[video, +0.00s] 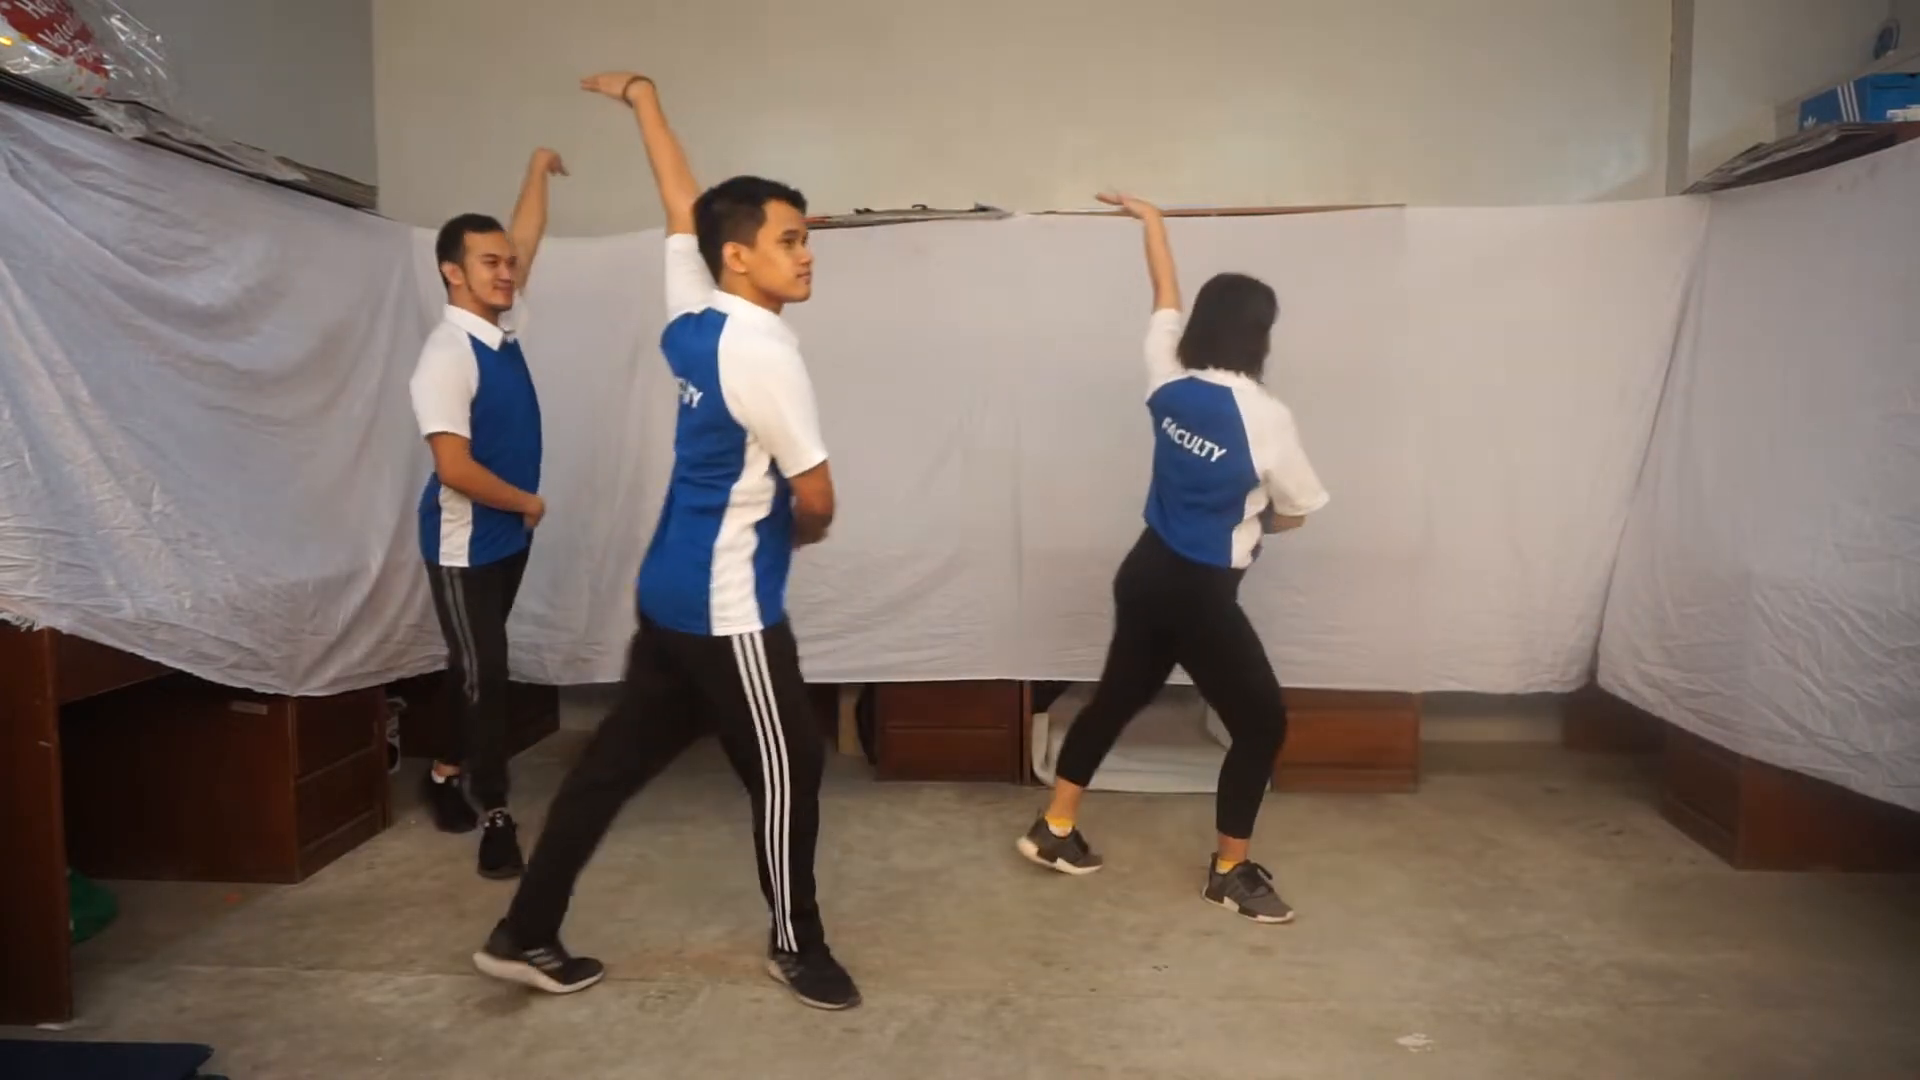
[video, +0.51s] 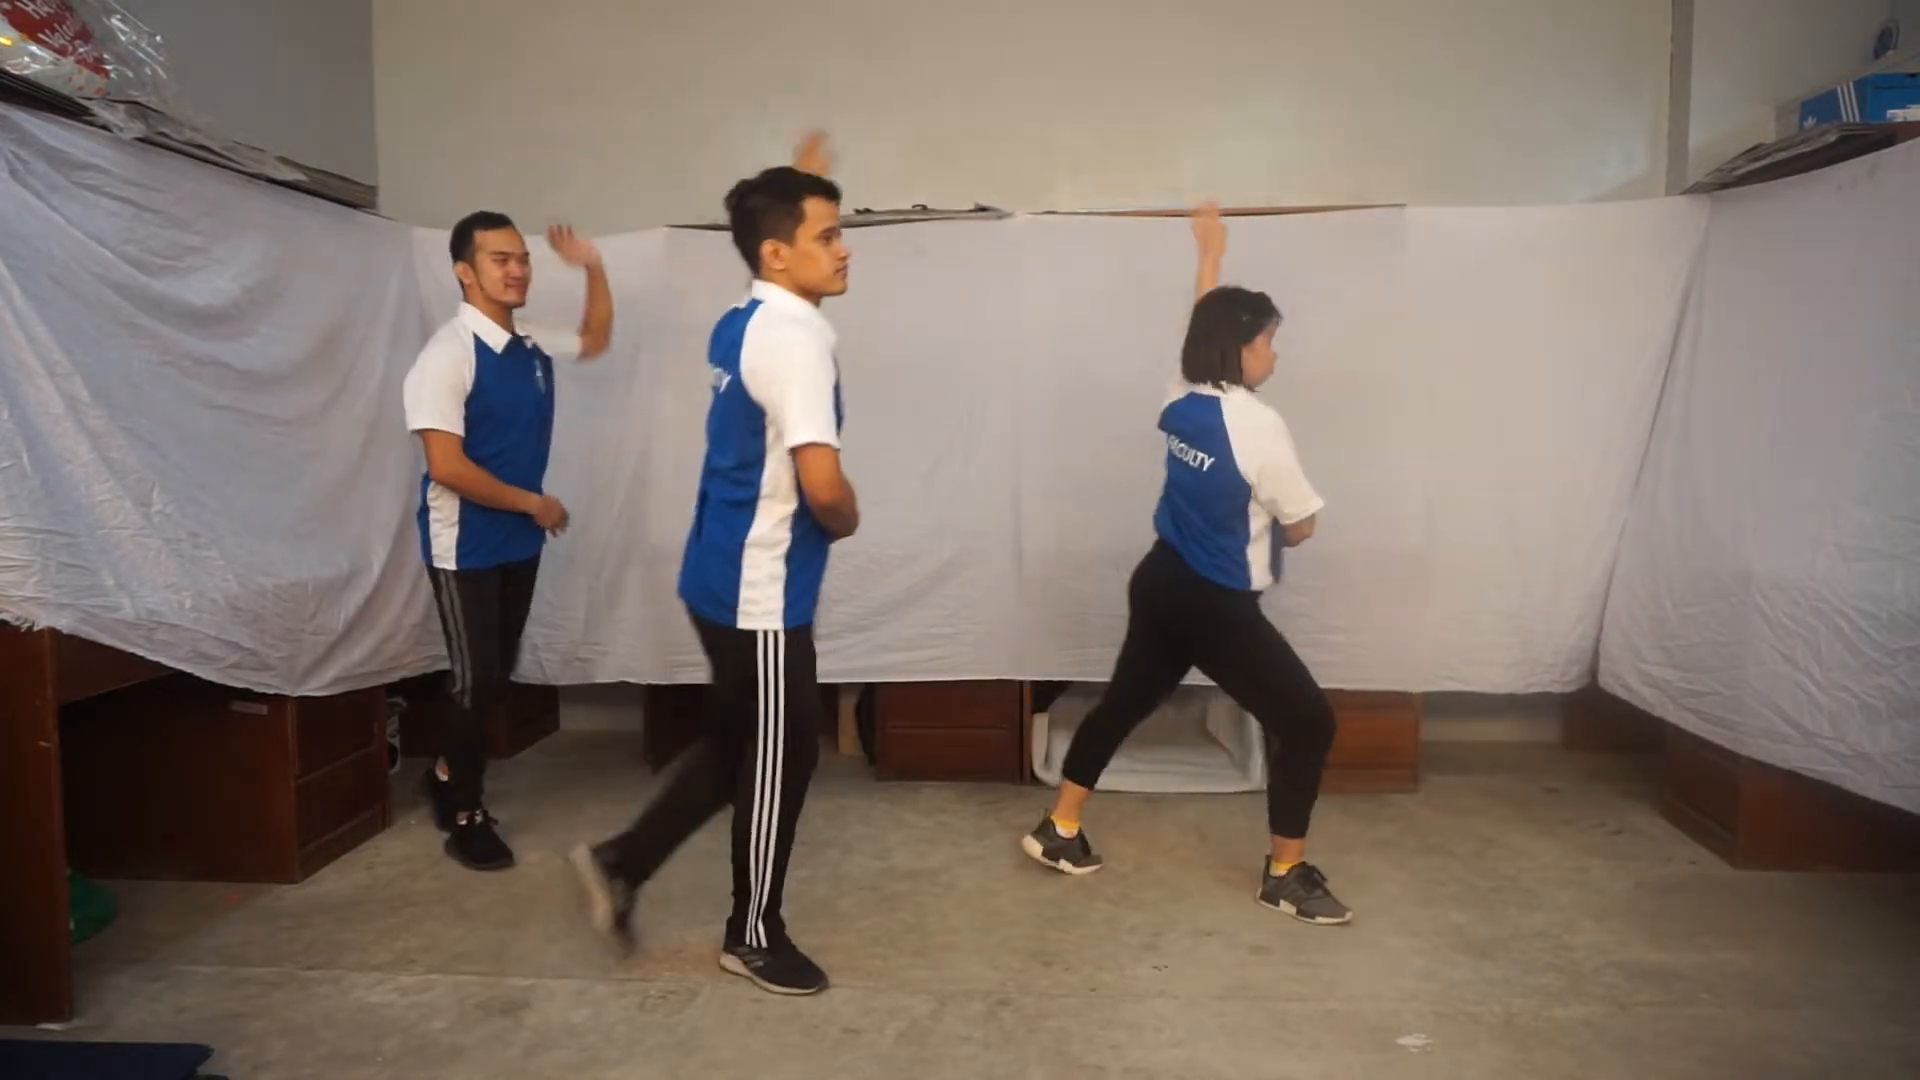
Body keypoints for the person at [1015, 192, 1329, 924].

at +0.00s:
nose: (1272, 335)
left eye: (1264, 324)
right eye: (1269, 326)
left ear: (1202, 326)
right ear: (1259, 335)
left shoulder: (1168, 378)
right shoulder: (1263, 415)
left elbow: (1164, 293)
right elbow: (1300, 506)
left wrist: (1148, 216)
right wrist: (1253, 519)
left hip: (1144, 576)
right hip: (1201, 595)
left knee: (1116, 698)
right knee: (1262, 724)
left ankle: (1055, 825)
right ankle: (1231, 867)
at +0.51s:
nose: (1275, 353)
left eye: (1273, 341)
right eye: (1269, 341)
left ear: (1213, 345)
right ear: (1237, 346)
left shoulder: (1185, 398)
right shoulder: (1257, 423)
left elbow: (1202, 328)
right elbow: (1300, 524)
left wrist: (1209, 252)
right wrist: (1275, 531)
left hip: (1159, 582)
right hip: (1215, 604)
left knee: (1122, 704)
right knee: (1308, 723)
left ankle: (1060, 827)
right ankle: (1286, 870)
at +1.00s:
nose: (1390, 316)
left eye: (1398, 303)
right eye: (1372, 306)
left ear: (1411, 316)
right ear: (1342, 324)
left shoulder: (1421, 400)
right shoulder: (1328, 398)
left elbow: (1466, 482)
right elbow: (1322, 501)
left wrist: (1541, 536)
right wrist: (1417, 526)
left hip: (1418, 582)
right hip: (1353, 589)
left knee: (1437, 715)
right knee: (1388, 726)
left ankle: (1400, 857)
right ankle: (1344, 865)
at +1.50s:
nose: (1477, 358)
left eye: (1486, 342)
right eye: (1471, 346)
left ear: (1528, 333)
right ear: (1475, 348)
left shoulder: (1583, 407)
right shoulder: (1485, 413)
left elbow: (1602, 510)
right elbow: (1446, 477)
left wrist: (1513, 564)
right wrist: (1404, 423)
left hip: (1596, 593)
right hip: (1515, 597)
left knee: (1590, 728)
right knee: (1470, 722)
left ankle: (1602, 873)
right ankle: (1443, 864)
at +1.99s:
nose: (1534, 360)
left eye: (1534, 347)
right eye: (1531, 346)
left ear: (1555, 346)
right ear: (1602, 326)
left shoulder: (1570, 423)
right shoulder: (1664, 364)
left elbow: (1550, 522)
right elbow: (1682, 275)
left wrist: (1610, 528)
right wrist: (1704, 195)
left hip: (1656, 594)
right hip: (1722, 573)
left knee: (1595, 715)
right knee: (1755, 716)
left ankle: (1601, 874)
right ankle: (1792, 860)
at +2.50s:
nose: (1522, 333)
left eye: (1534, 320)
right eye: (1524, 320)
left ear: (1573, 329)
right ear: (1583, 333)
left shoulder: (1564, 405)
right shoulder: (1594, 388)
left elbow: (1514, 514)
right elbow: (1523, 418)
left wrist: (1484, 560)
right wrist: (1500, 352)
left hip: (1588, 595)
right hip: (1615, 588)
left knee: (1532, 729)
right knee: (1573, 709)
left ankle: (1583, 884)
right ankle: (1684, 825)